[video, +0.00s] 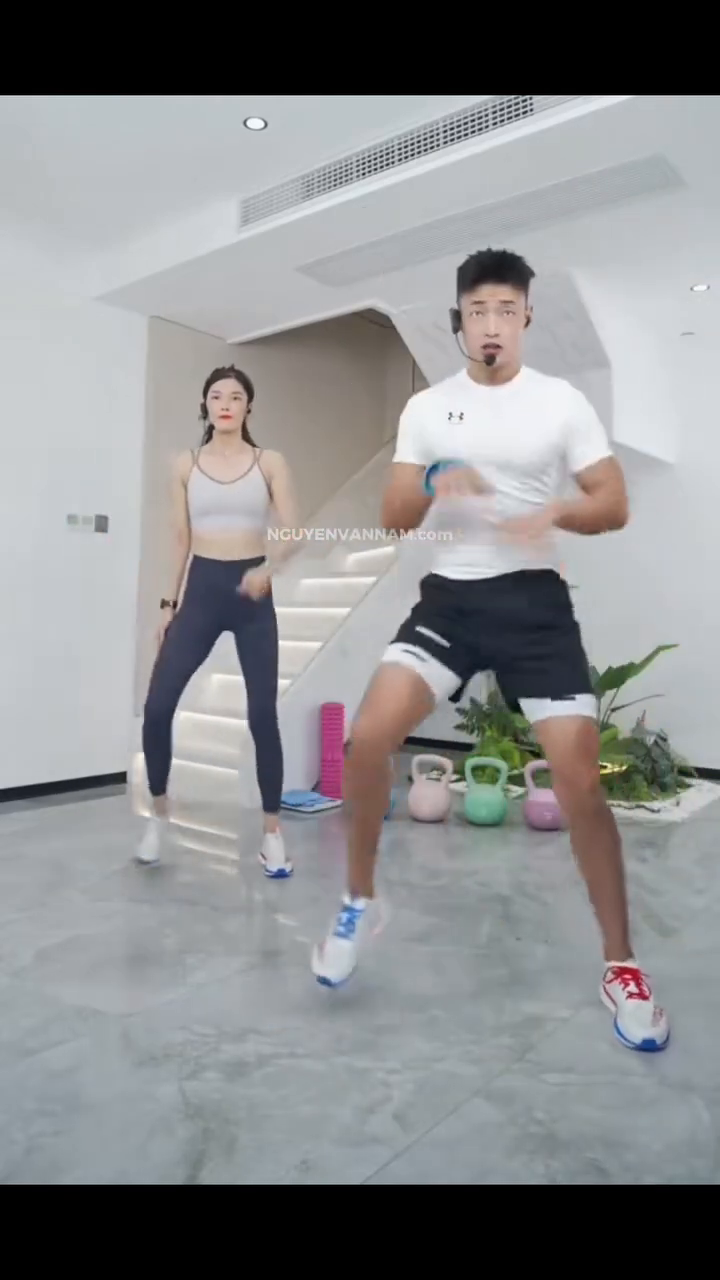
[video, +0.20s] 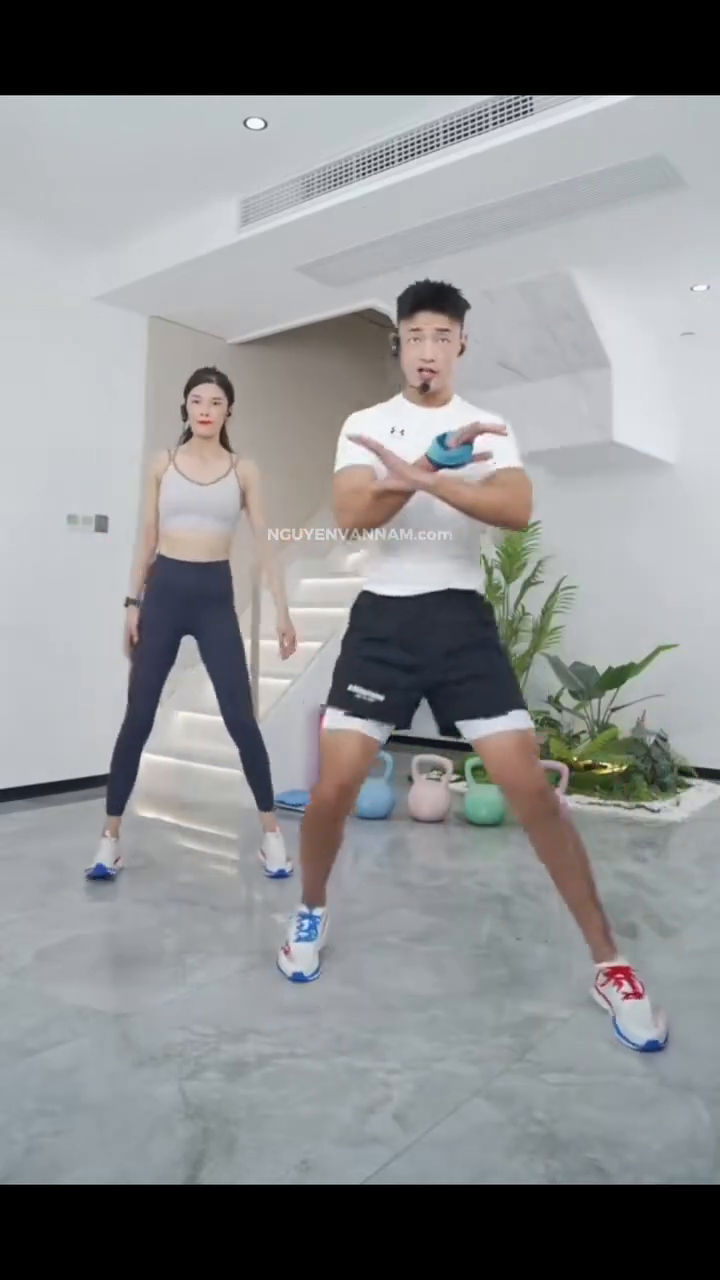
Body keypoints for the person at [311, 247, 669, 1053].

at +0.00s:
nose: (491, 328)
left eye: (506, 313)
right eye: (477, 314)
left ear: (528, 321)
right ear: (459, 322)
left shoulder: (562, 403)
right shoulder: (426, 409)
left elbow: (612, 506)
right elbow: (393, 514)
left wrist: (552, 514)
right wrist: (434, 489)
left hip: (535, 609)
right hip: (445, 606)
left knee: (581, 782)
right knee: (367, 739)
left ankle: (620, 966)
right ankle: (359, 901)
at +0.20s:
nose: (428, 351)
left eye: (442, 336)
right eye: (415, 337)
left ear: (462, 346)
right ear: (397, 346)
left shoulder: (487, 426)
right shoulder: (366, 425)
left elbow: (517, 510)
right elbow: (354, 517)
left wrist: (425, 479)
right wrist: (431, 464)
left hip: (465, 623)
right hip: (381, 622)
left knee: (529, 792)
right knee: (331, 793)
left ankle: (610, 966)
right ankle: (309, 912)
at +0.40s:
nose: (397, 330)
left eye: (412, 318)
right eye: (386, 317)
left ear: (433, 326)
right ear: (369, 322)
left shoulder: (453, 410)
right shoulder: (327, 398)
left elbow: (494, 507)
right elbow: (279, 484)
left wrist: (442, 556)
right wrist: (310, 510)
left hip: (424, 585)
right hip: (345, 587)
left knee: (461, 719)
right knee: (317, 750)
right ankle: (308, 909)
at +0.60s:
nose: (371, 369)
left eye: (384, 356)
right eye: (359, 357)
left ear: (409, 358)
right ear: (345, 362)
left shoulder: (445, 426)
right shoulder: (319, 418)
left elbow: (499, 467)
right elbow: (251, 443)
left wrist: (491, 553)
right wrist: (250, 507)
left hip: (400, 614)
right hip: (325, 609)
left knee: (376, 773)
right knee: (296, 769)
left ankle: (338, 894)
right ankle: (283, 899)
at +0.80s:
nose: (384, 368)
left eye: (397, 355)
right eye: (372, 356)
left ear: (420, 362)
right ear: (358, 366)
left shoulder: (453, 438)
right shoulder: (334, 437)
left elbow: (498, 513)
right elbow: (278, 503)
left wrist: (500, 585)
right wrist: (280, 555)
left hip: (427, 611)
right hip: (348, 612)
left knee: (469, 742)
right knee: (314, 759)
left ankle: (429, 861)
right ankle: (289, 902)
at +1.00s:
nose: (440, 357)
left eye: (453, 344)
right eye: (427, 346)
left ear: (473, 355)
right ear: (413, 359)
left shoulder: (505, 433)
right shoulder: (385, 435)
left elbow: (537, 517)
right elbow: (370, 517)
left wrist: (546, 570)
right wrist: (364, 566)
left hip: (489, 612)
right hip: (410, 616)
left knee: (549, 765)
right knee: (359, 760)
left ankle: (583, 892)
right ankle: (301, 900)